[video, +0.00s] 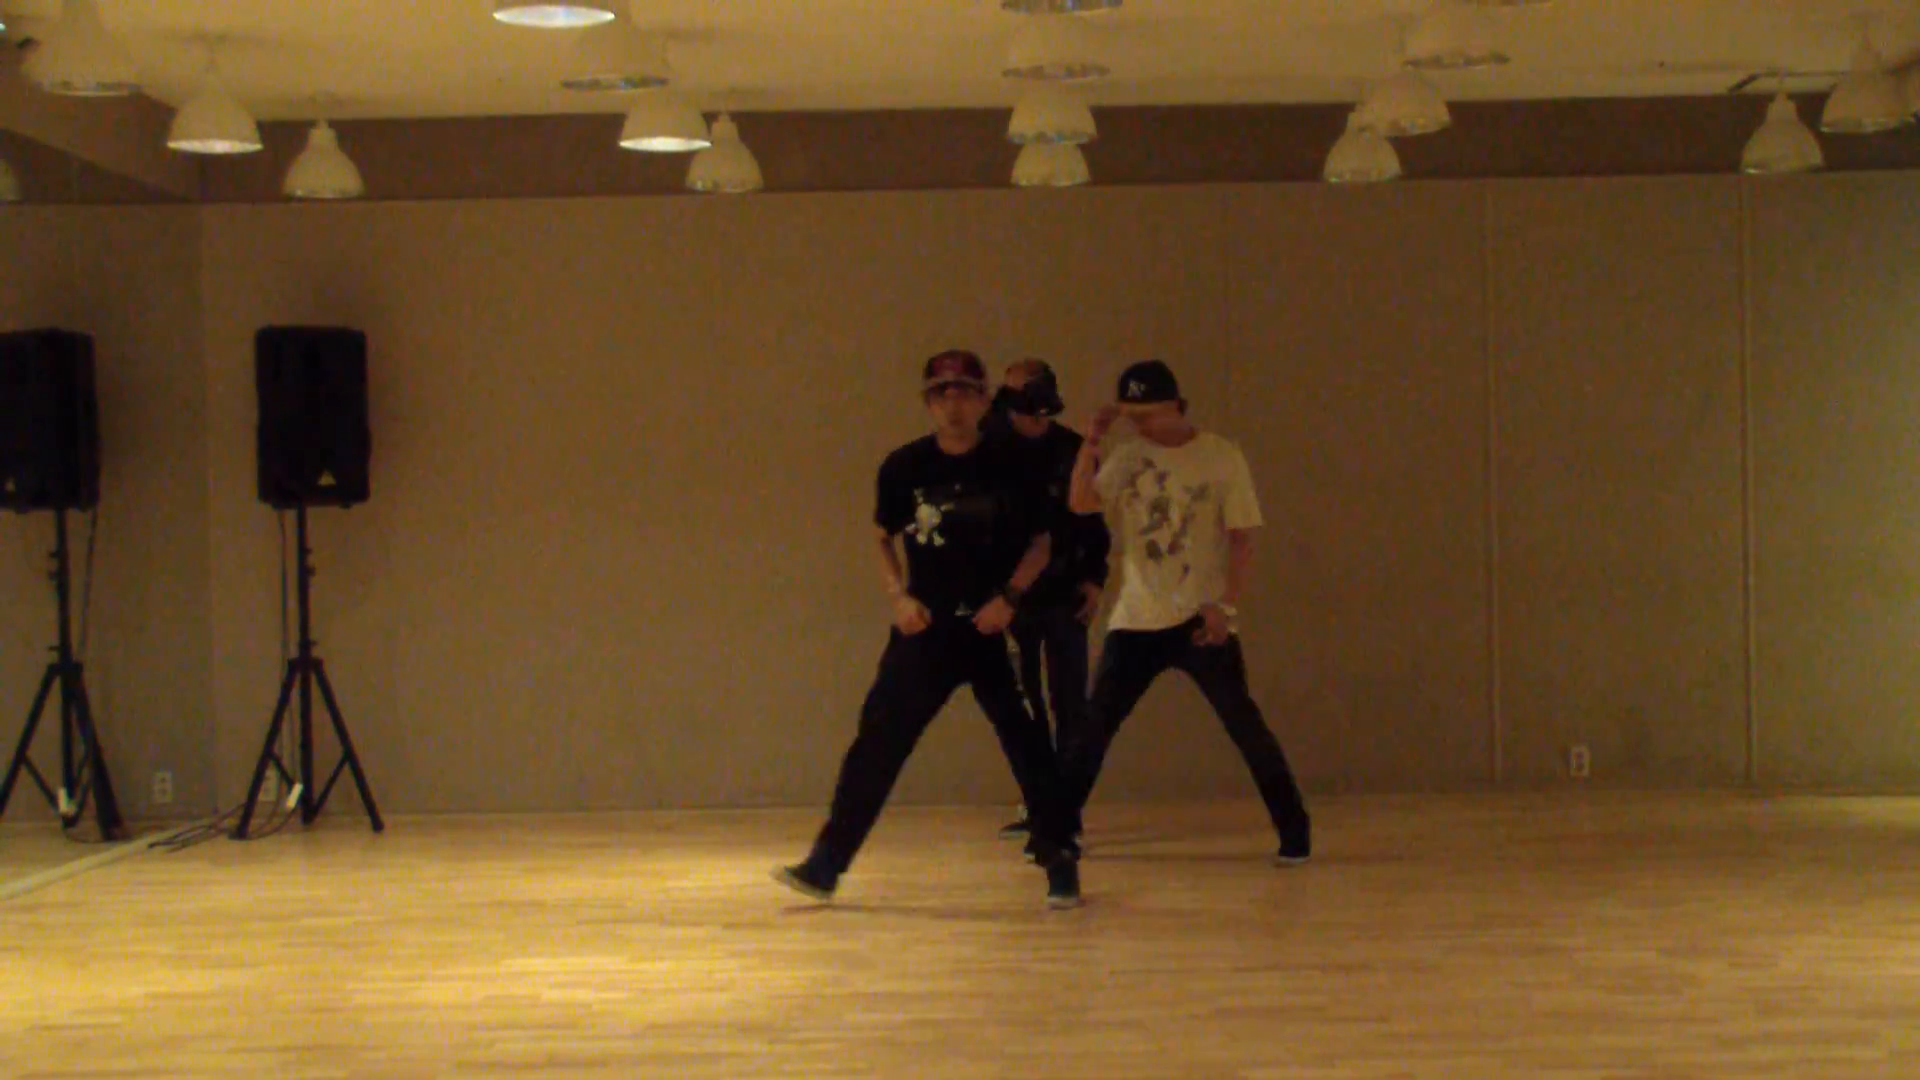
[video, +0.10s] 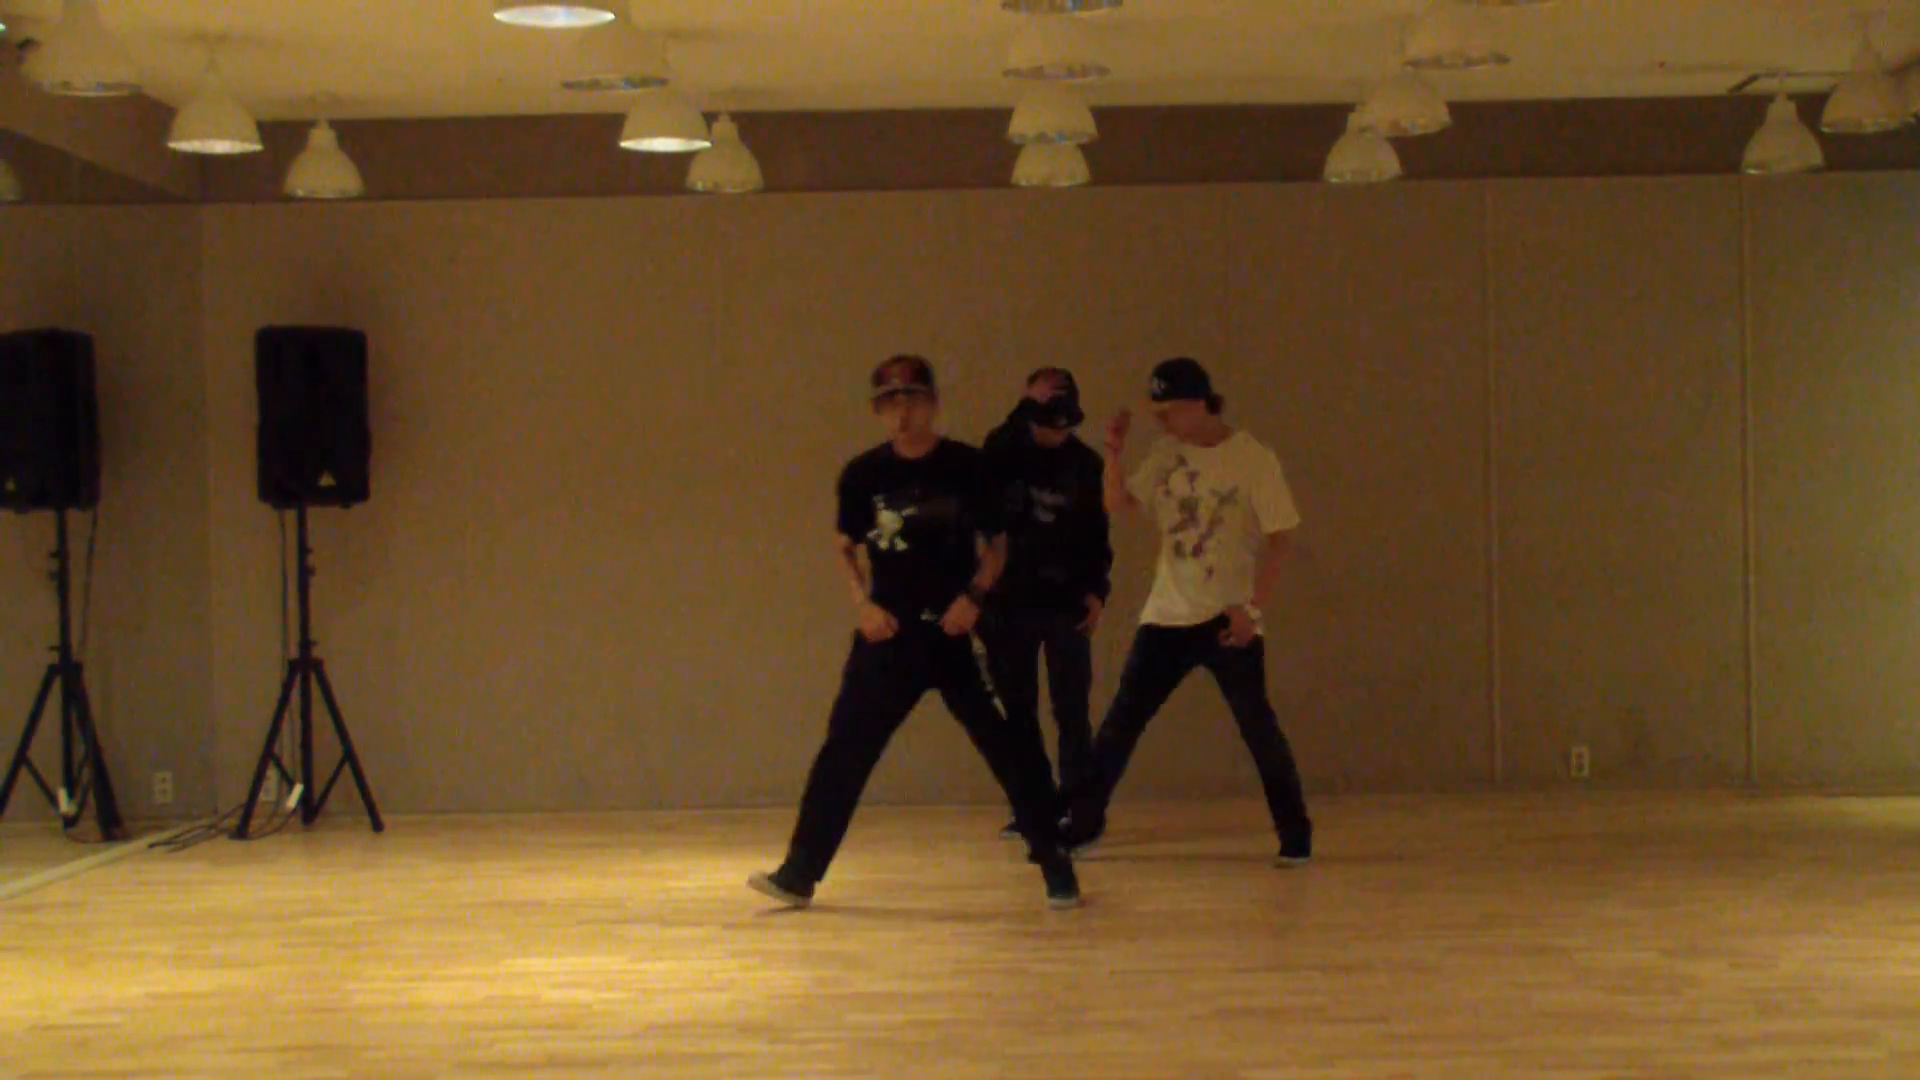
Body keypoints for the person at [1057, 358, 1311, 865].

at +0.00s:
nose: (1138, 425)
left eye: (1146, 414)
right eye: (1132, 416)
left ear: (1175, 406)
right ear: (1127, 414)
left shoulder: (1221, 456)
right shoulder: (1129, 456)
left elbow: (1243, 539)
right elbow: (1080, 502)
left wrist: (1227, 605)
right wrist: (1093, 442)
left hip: (1200, 621)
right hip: (1135, 624)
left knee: (1245, 726)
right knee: (1094, 726)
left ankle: (1293, 829)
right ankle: (1057, 832)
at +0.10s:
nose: (1163, 422)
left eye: (1169, 412)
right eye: (1159, 413)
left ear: (1201, 406)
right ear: (1167, 411)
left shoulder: (1252, 458)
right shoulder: (1168, 457)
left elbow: (1281, 538)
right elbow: (1118, 506)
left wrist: (1254, 609)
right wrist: (1114, 452)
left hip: (1228, 621)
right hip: (1166, 621)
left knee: (1259, 731)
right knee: (1121, 722)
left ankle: (1294, 834)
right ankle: (1080, 823)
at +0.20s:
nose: (1183, 414)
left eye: (1189, 405)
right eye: (1181, 405)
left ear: (1217, 402)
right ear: (1201, 406)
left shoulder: (1273, 459)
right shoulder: (1195, 453)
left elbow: (1304, 543)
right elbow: (1166, 515)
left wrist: (1268, 608)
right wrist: (1132, 482)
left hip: (1245, 619)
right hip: (1186, 615)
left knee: (1267, 728)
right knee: (1146, 714)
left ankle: (1295, 832)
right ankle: (1116, 818)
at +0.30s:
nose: (1196, 412)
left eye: (1201, 402)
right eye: (1195, 402)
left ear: (1228, 402)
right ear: (1221, 404)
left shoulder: (1282, 457)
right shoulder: (1215, 452)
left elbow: (1311, 546)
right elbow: (1205, 509)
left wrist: (1274, 610)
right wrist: (1161, 530)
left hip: (1255, 617)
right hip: (1201, 612)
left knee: (1273, 728)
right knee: (1169, 715)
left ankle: (1296, 834)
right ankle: (1146, 817)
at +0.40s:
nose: (1207, 411)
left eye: (1213, 401)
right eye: (1207, 401)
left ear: (1238, 401)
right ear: (1236, 403)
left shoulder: (1289, 457)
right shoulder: (1229, 453)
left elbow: (1314, 548)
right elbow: (1237, 530)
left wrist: (1274, 611)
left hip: (1265, 617)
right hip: (1215, 610)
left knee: (1276, 727)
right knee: (1192, 716)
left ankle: (1297, 834)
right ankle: (1174, 819)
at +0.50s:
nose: (1212, 409)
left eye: (1218, 399)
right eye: (1212, 399)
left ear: (1244, 398)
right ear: (1241, 400)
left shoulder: (1292, 453)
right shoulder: (1237, 452)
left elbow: (1313, 545)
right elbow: (1243, 527)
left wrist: (1276, 612)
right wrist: (1226, 591)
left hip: (1269, 617)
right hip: (1223, 611)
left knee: (1277, 723)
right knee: (1213, 717)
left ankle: (1297, 832)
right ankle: (1204, 822)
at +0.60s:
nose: (1216, 408)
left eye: (1220, 397)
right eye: (1214, 398)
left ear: (1245, 393)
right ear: (1242, 394)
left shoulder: (1292, 446)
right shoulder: (1245, 449)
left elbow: (1312, 540)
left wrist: (1277, 609)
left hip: (1272, 614)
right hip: (1229, 611)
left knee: (1278, 722)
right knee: (1228, 721)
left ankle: (1298, 832)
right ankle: (1230, 825)